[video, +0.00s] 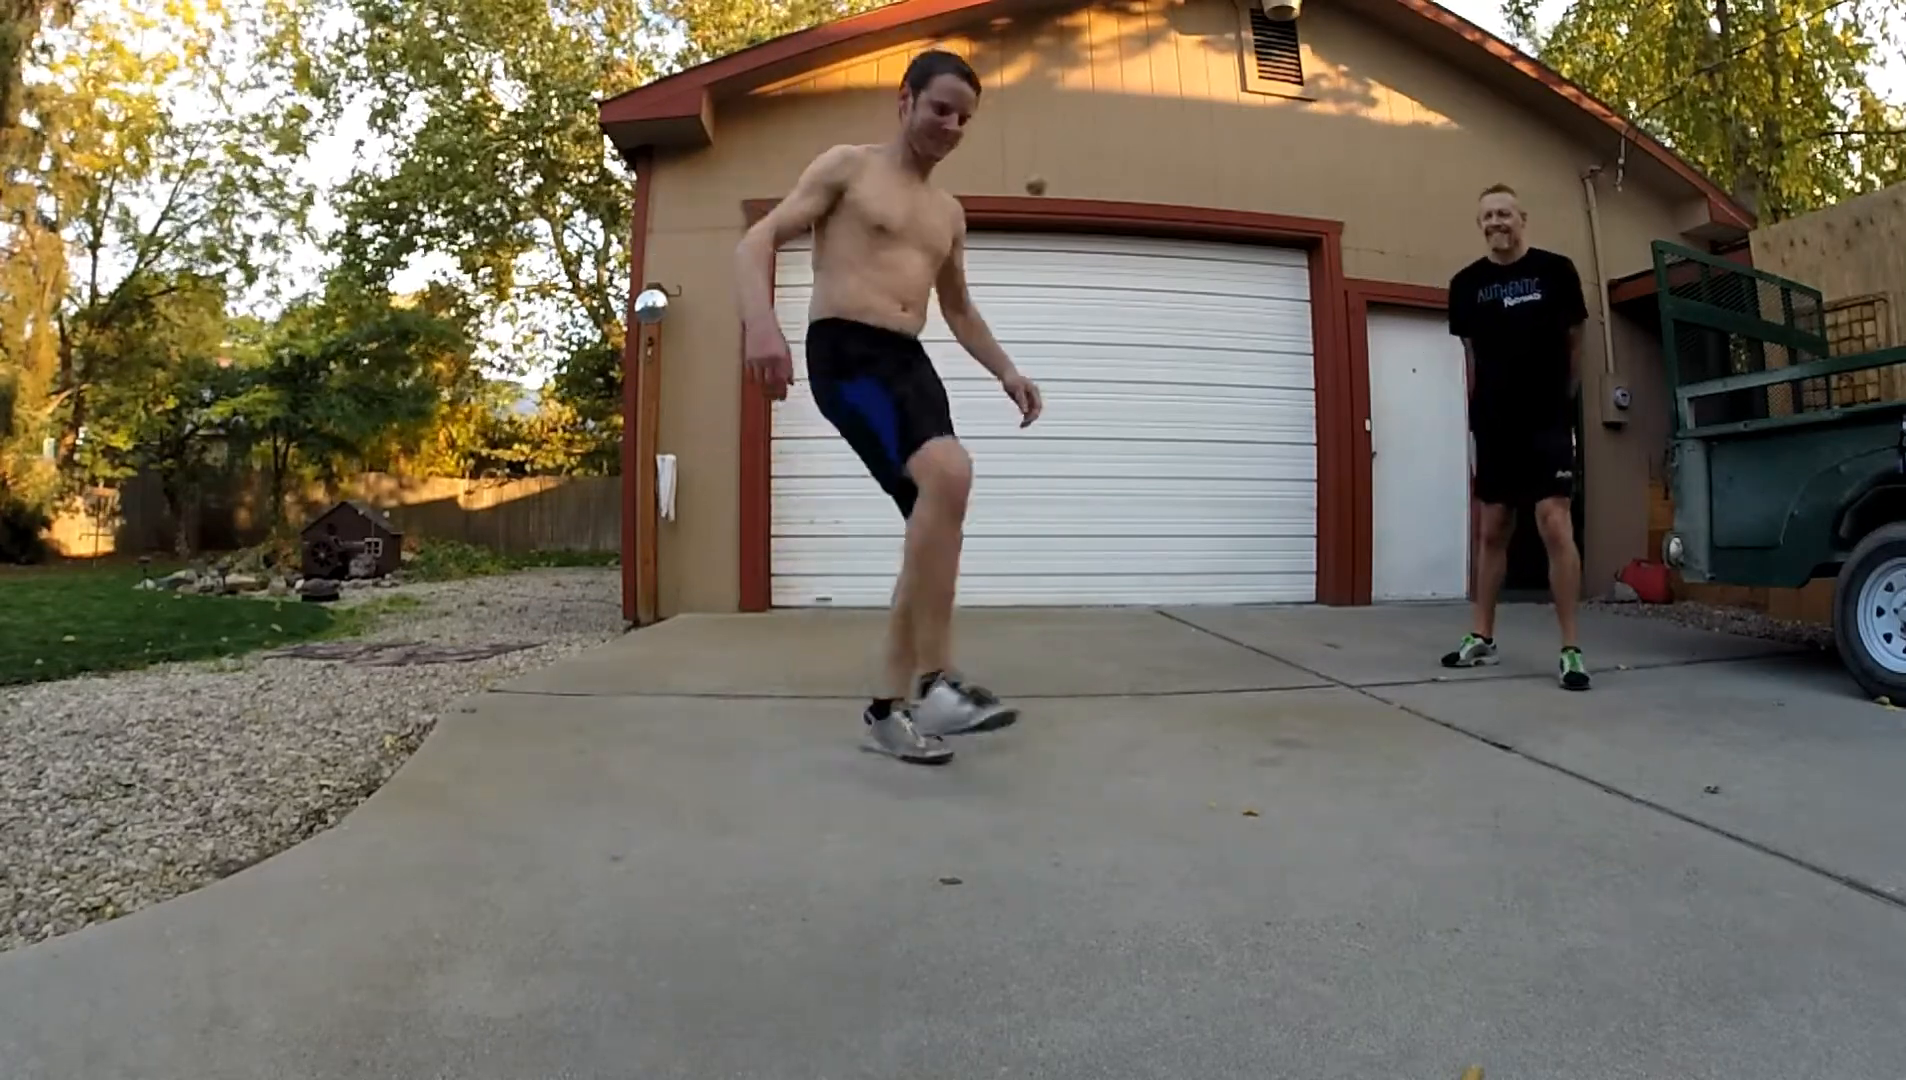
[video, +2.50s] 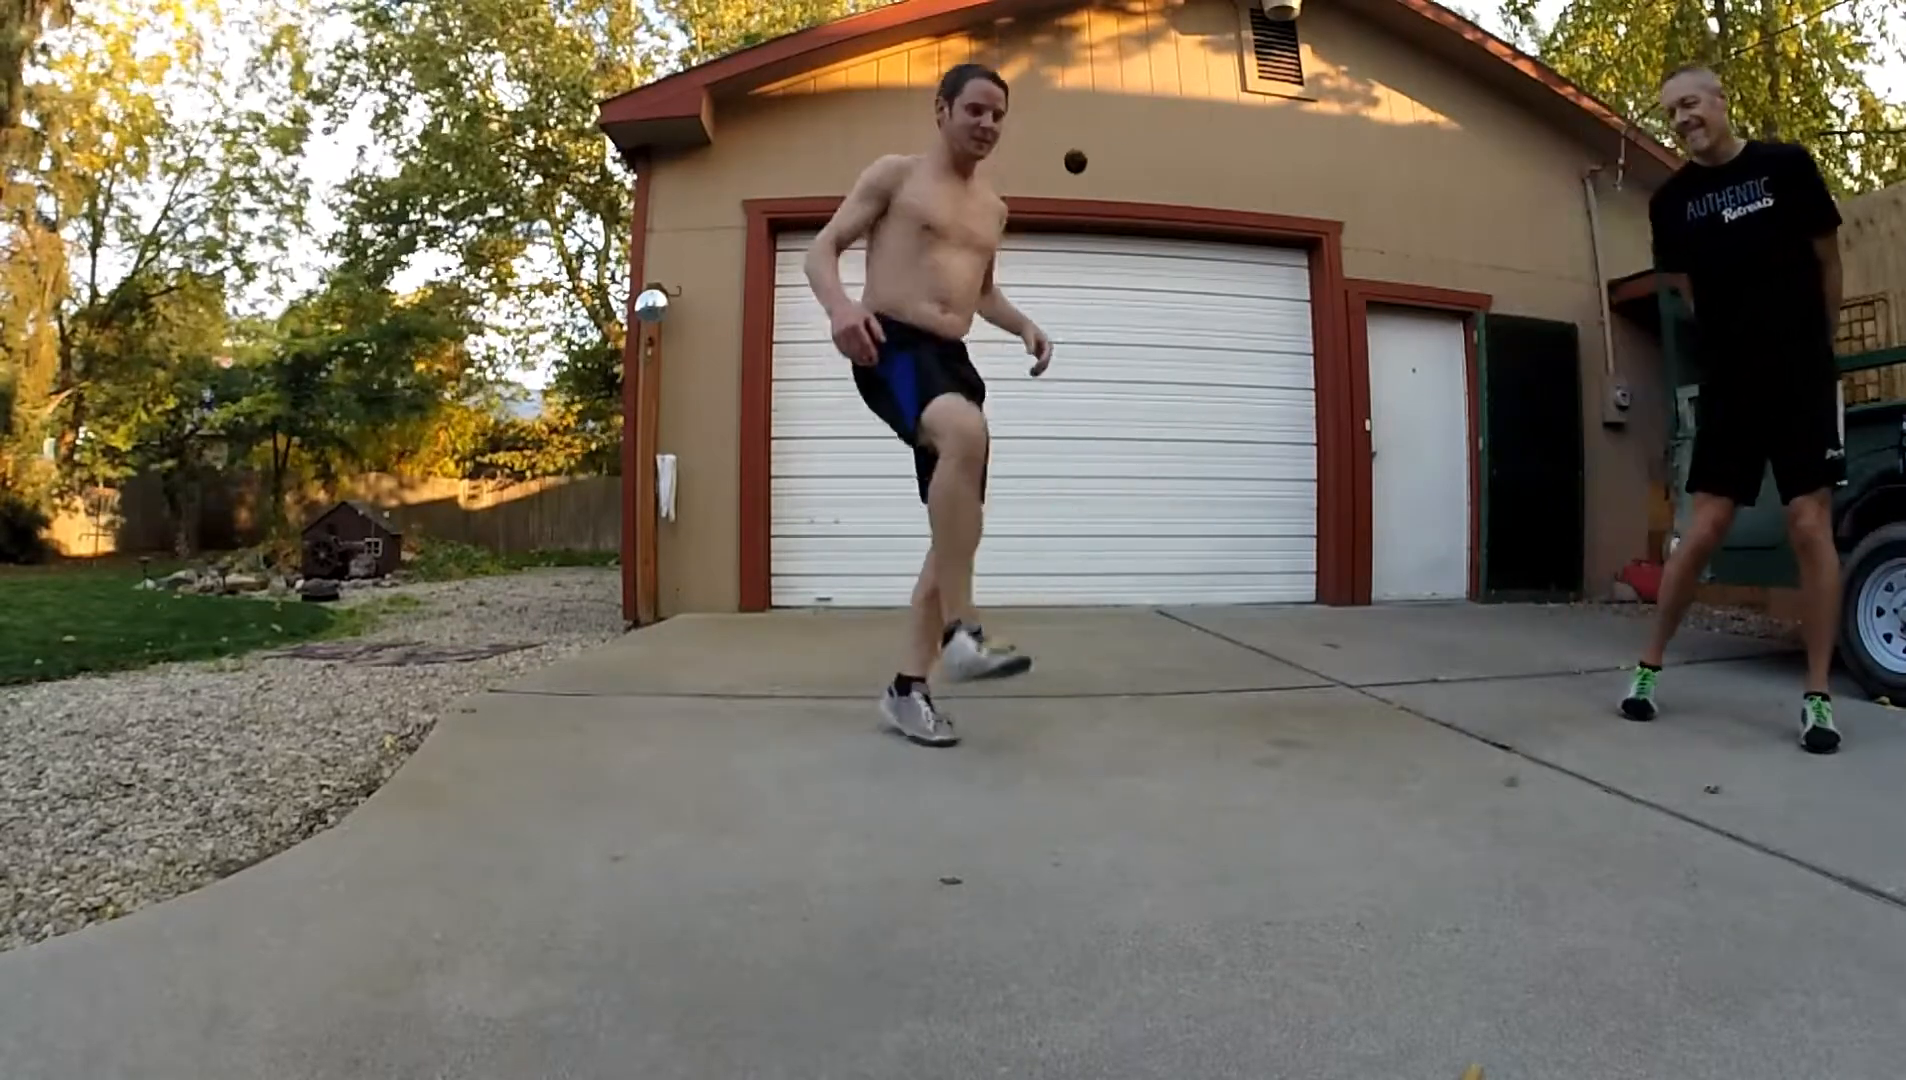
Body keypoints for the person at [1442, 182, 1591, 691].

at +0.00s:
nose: (1496, 222)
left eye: (1504, 214)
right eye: (1488, 216)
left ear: (1523, 221)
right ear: (1478, 226)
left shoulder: (1556, 270)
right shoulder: (1466, 283)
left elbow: (1574, 341)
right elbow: (1472, 354)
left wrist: (1564, 392)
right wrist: (1480, 404)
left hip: (1548, 414)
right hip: (1495, 416)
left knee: (1555, 526)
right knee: (1491, 530)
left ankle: (1570, 648)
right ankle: (1481, 636)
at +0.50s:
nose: (1556, 209)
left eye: (1565, 199)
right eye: (1547, 201)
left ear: (1586, 202)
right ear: (1537, 207)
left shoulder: (1614, 262)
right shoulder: (1515, 261)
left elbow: (1622, 336)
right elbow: (1507, 335)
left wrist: (1616, 388)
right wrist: (1524, 377)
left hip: (1592, 404)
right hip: (1537, 403)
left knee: (1581, 523)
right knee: (1536, 520)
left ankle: (1573, 648)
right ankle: (1506, 625)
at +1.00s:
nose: (1575, 197)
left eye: (1584, 186)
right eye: (1565, 190)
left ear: (1605, 189)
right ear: (1556, 199)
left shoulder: (1635, 254)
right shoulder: (1537, 253)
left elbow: (1642, 337)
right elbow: (1524, 341)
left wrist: (1618, 376)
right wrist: (1559, 378)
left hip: (1622, 400)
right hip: (1565, 403)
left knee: (1603, 532)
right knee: (1601, 523)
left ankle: (1574, 652)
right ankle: (1619, 665)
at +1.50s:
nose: (1582, 167)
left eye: (1589, 153)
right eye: (1570, 160)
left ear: (1616, 149)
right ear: (1563, 170)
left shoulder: (1662, 210)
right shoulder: (1557, 231)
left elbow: (1675, 284)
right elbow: (1553, 323)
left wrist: (1640, 335)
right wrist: (1591, 360)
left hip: (1660, 376)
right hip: (1602, 384)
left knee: (1665, 530)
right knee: (1630, 518)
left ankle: (1610, 631)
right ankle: (1630, 667)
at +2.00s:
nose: (1596, 141)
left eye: (1603, 127)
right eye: (1585, 136)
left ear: (1633, 127)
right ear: (1581, 150)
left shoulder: (1692, 188)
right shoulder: (1578, 215)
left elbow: (1720, 281)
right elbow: (1590, 313)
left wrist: (1697, 342)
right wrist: (1639, 347)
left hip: (1706, 375)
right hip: (1637, 386)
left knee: (1755, 519)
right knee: (1649, 528)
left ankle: (1801, 675)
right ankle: (1632, 672)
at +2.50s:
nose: (1684, 117)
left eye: (1692, 102)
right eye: (1674, 112)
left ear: (1724, 102)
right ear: (1671, 125)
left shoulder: (1788, 164)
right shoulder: (1670, 201)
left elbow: (1829, 262)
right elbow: (1684, 294)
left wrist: (1814, 337)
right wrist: (1737, 333)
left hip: (1803, 368)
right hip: (1729, 377)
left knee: (1808, 526)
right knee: (1706, 528)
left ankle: (1818, 692)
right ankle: (1647, 666)